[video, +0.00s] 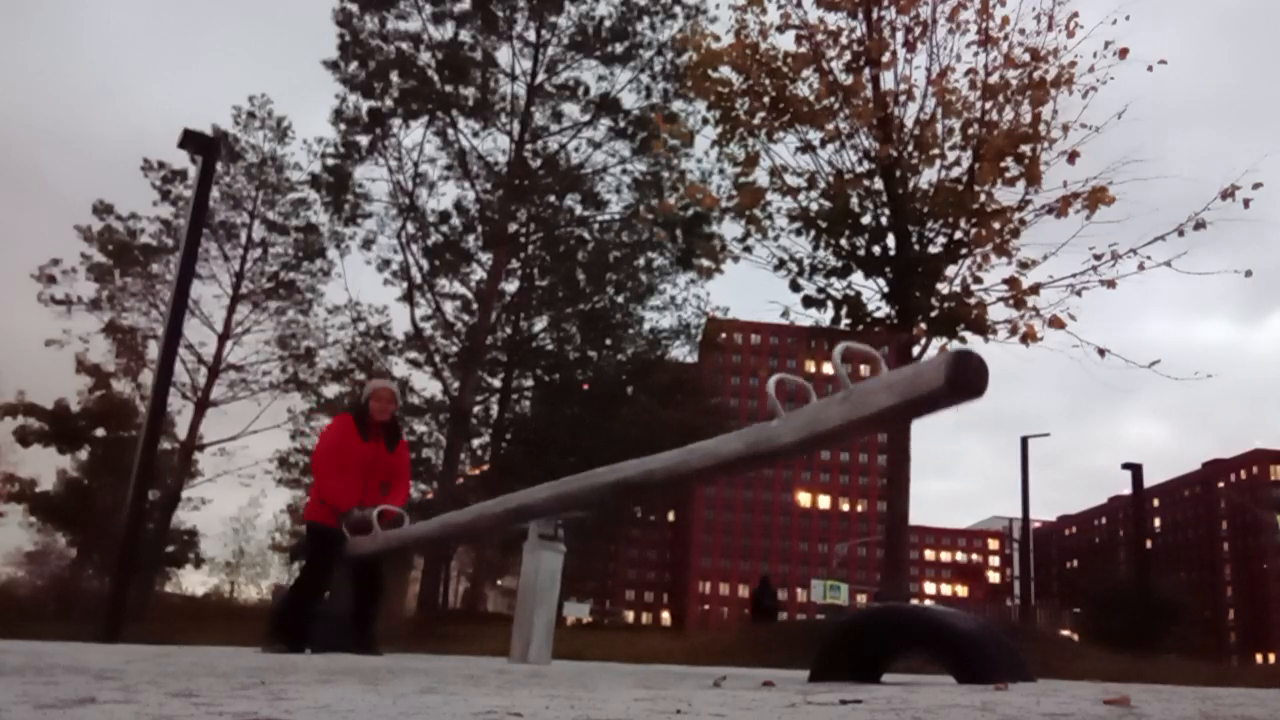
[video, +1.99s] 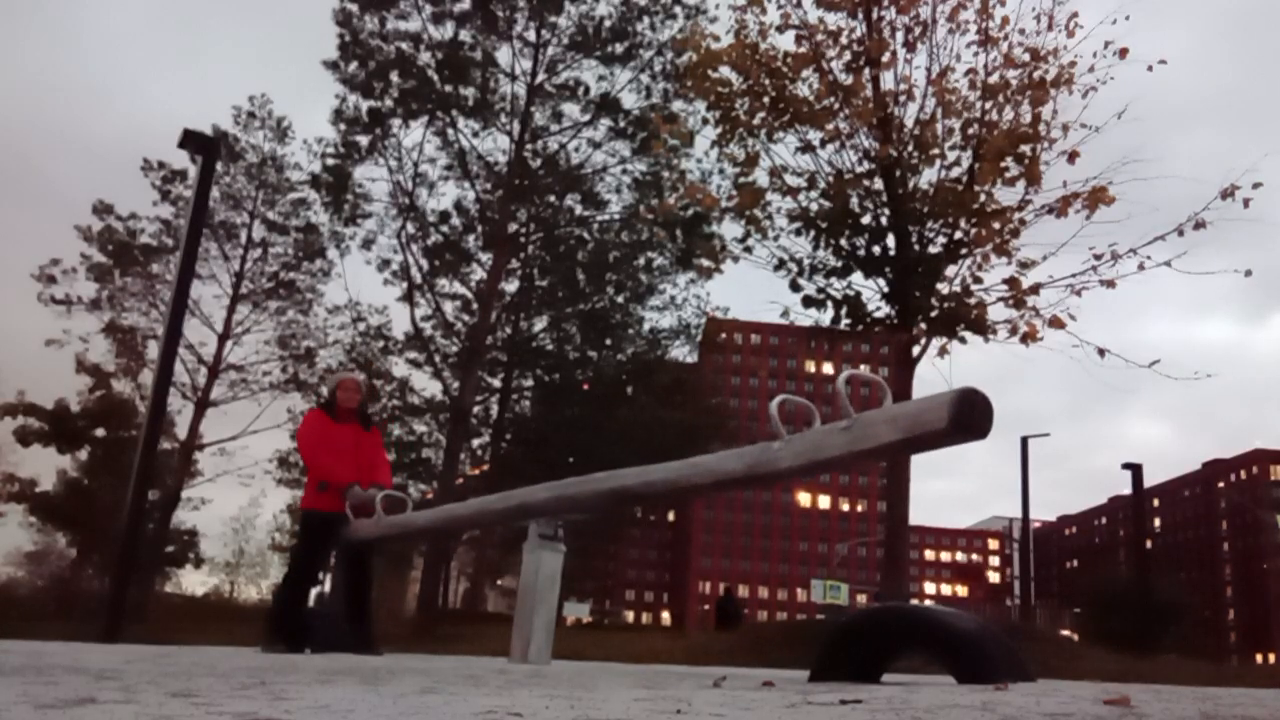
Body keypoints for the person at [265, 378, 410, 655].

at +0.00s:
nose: (384, 406)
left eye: (390, 401)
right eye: (378, 400)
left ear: (396, 406)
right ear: (367, 402)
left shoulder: (396, 442)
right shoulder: (343, 426)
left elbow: (401, 483)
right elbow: (322, 468)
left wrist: (387, 510)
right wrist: (347, 506)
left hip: (367, 525)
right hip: (327, 516)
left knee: (370, 583)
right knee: (317, 573)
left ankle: (362, 645)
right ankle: (286, 637)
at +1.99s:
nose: (349, 395)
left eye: (355, 391)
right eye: (344, 390)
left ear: (363, 397)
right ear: (333, 393)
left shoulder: (369, 432)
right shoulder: (316, 419)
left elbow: (381, 468)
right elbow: (313, 456)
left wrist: (378, 490)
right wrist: (343, 482)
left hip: (358, 514)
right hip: (320, 509)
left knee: (358, 579)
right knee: (302, 574)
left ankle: (360, 641)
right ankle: (281, 637)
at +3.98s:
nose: (373, 388)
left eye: (378, 384)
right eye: (368, 383)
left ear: (384, 389)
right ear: (355, 385)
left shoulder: (384, 425)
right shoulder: (333, 411)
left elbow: (391, 467)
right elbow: (321, 455)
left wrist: (385, 495)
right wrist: (349, 487)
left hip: (363, 514)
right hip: (325, 508)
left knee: (360, 579)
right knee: (306, 571)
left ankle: (361, 642)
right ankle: (282, 634)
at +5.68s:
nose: (382, 369)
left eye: (387, 364)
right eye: (376, 363)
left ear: (392, 369)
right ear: (363, 364)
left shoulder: (393, 401)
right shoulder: (340, 388)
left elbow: (403, 441)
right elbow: (324, 429)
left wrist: (383, 459)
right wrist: (352, 461)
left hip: (373, 487)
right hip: (333, 479)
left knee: (380, 546)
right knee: (321, 540)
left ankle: (374, 611)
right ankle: (290, 602)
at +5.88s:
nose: (383, 360)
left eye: (388, 355)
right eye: (377, 354)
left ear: (395, 359)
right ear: (365, 355)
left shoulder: (395, 390)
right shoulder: (344, 376)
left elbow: (405, 428)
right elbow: (330, 420)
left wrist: (386, 448)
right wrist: (356, 450)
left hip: (375, 473)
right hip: (337, 465)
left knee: (387, 529)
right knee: (328, 526)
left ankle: (381, 596)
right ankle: (293, 586)